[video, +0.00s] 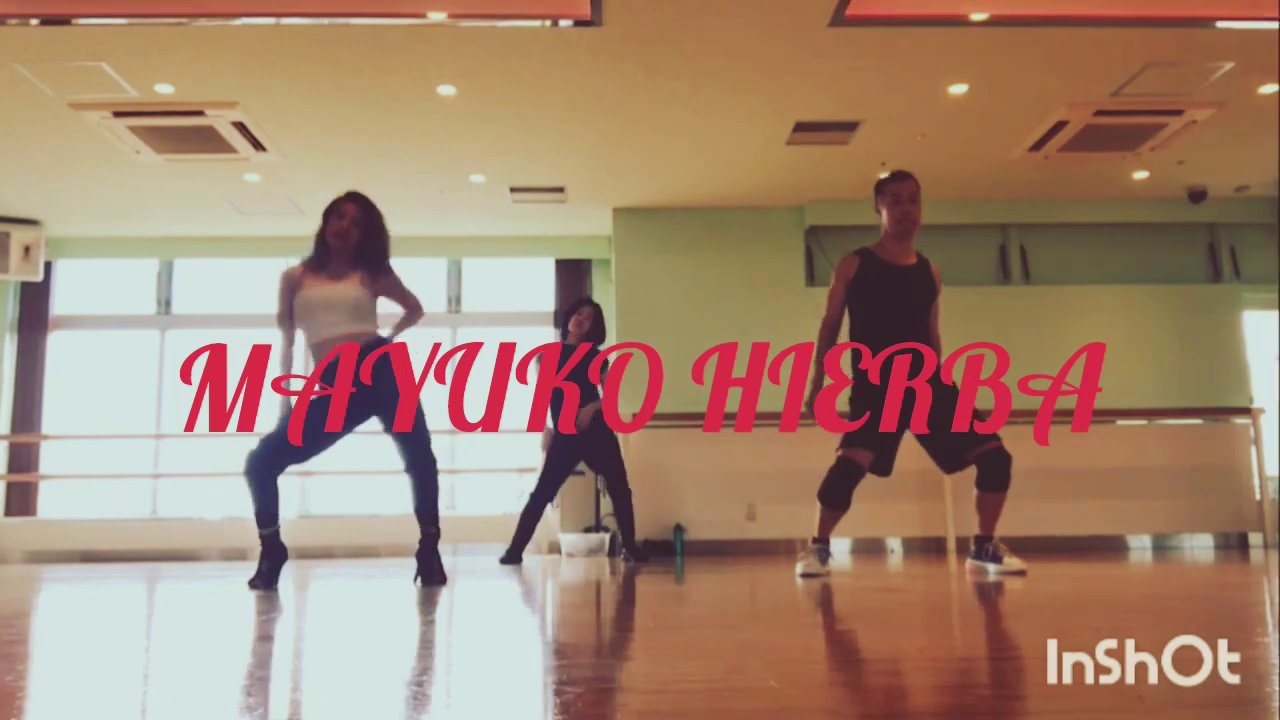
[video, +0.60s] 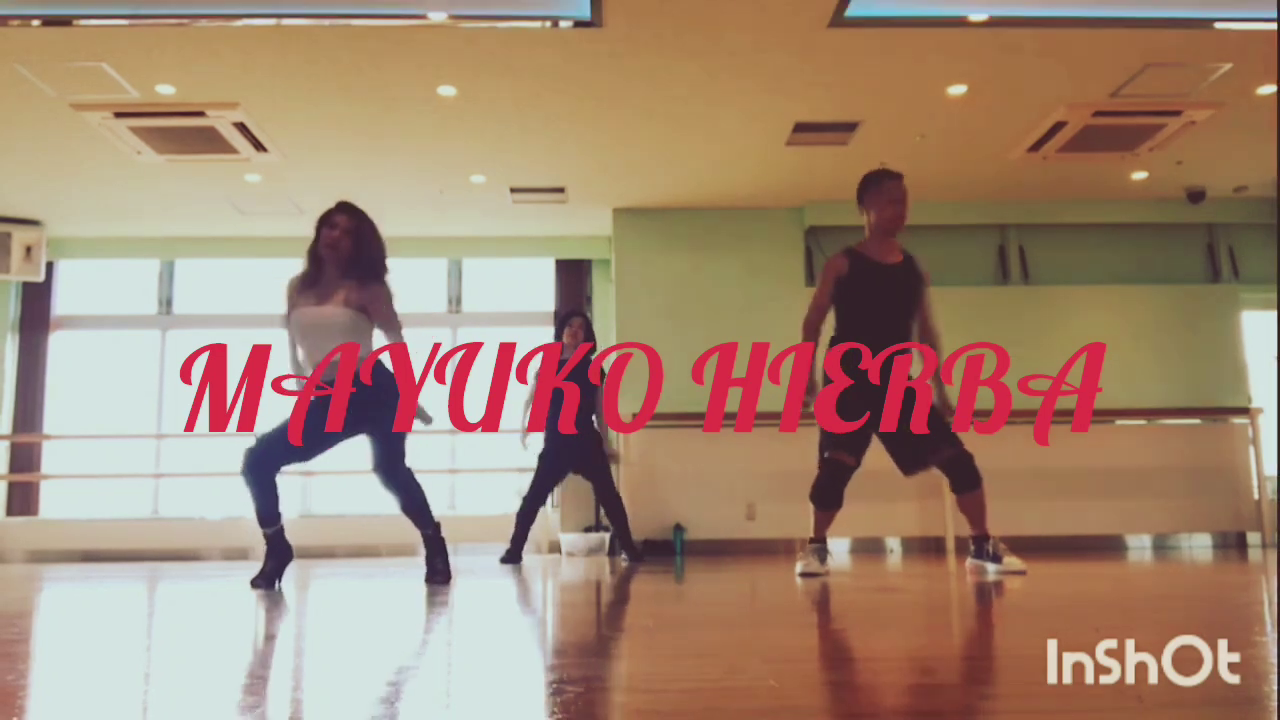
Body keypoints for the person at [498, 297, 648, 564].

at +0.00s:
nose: (581, 319)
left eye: (588, 318)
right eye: (578, 314)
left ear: (594, 327)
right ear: (569, 318)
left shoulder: (597, 356)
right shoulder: (552, 353)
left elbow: (615, 393)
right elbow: (544, 393)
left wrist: (592, 408)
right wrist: (547, 428)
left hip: (597, 434)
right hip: (565, 435)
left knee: (620, 489)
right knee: (541, 494)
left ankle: (630, 546)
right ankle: (515, 551)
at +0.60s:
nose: (574, 332)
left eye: (580, 329)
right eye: (571, 327)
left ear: (586, 335)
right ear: (562, 330)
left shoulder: (593, 367)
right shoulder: (549, 363)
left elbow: (601, 409)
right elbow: (532, 395)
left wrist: (607, 444)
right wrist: (526, 423)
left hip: (587, 444)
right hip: (556, 444)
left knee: (609, 496)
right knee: (534, 498)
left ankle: (628, 546)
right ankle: (514, 550)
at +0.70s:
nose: (575, 330)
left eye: (580, 327)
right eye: (571, 325)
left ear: (585, 334)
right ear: (561, 329)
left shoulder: (587, 368)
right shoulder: (544, 364)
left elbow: (604, 406)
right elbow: (516, 392)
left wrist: (631, 430)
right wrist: (526, 413)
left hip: (585, 442)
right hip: (555, 442)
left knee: (609, 492)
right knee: (540, 499)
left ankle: (628, 545)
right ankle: (516, 550)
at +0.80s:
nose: (576, 322)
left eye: (579, 318)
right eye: (571, 317)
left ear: (582, 324)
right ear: (558, 319)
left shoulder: (577, 353)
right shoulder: (545, 350)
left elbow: (576, 389)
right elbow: (535, 379)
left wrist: (607, 399)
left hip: (574, 431)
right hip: (546, 432)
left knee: (602, 490)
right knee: (539, 494)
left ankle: (627, 545)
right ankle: (516, 551)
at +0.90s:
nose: (573, 317)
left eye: (577, 313)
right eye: (569, 311)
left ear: (578, 316)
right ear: (555, 311)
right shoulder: (552, 345)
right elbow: (559, 378)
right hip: (551, 427)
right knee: (537, 490)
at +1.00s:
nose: (573, 319)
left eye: (575, 314)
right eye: (568, 313)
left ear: (575, 317)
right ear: (555, 313)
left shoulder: (570, 346)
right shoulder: (548, 343)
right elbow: (550, 376)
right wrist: (577, 355)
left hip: (567, 428)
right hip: (544, 427)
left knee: (580, 481)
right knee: (538, 489)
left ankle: (569, 536)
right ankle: (515, 551)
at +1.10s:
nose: (573, 328)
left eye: (573, 324)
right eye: (569, 323)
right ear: (558, 325)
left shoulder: (570, 354)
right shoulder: (549, 352)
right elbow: (542, 377)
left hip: (565, 431)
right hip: (544, 431)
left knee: (566, 492)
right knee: (548, 491)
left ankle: (558, 546)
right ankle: (519, 546)